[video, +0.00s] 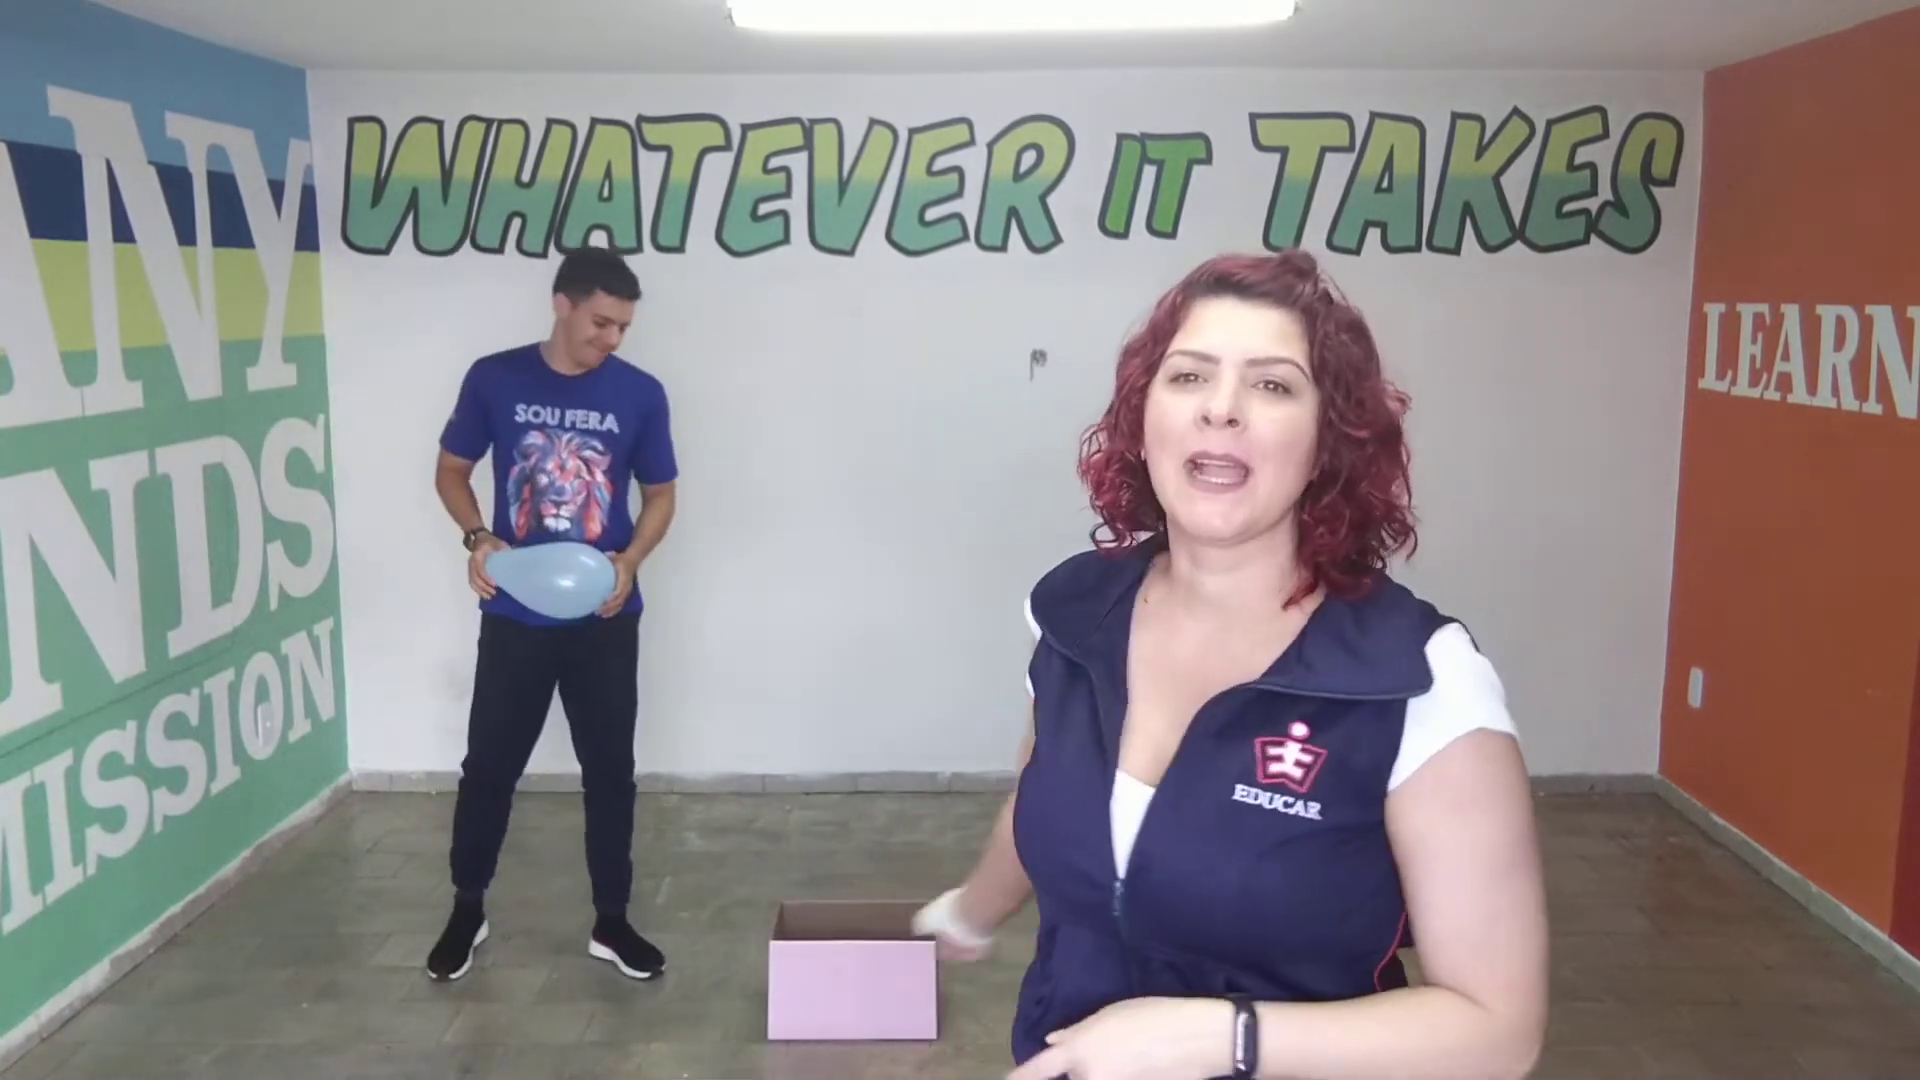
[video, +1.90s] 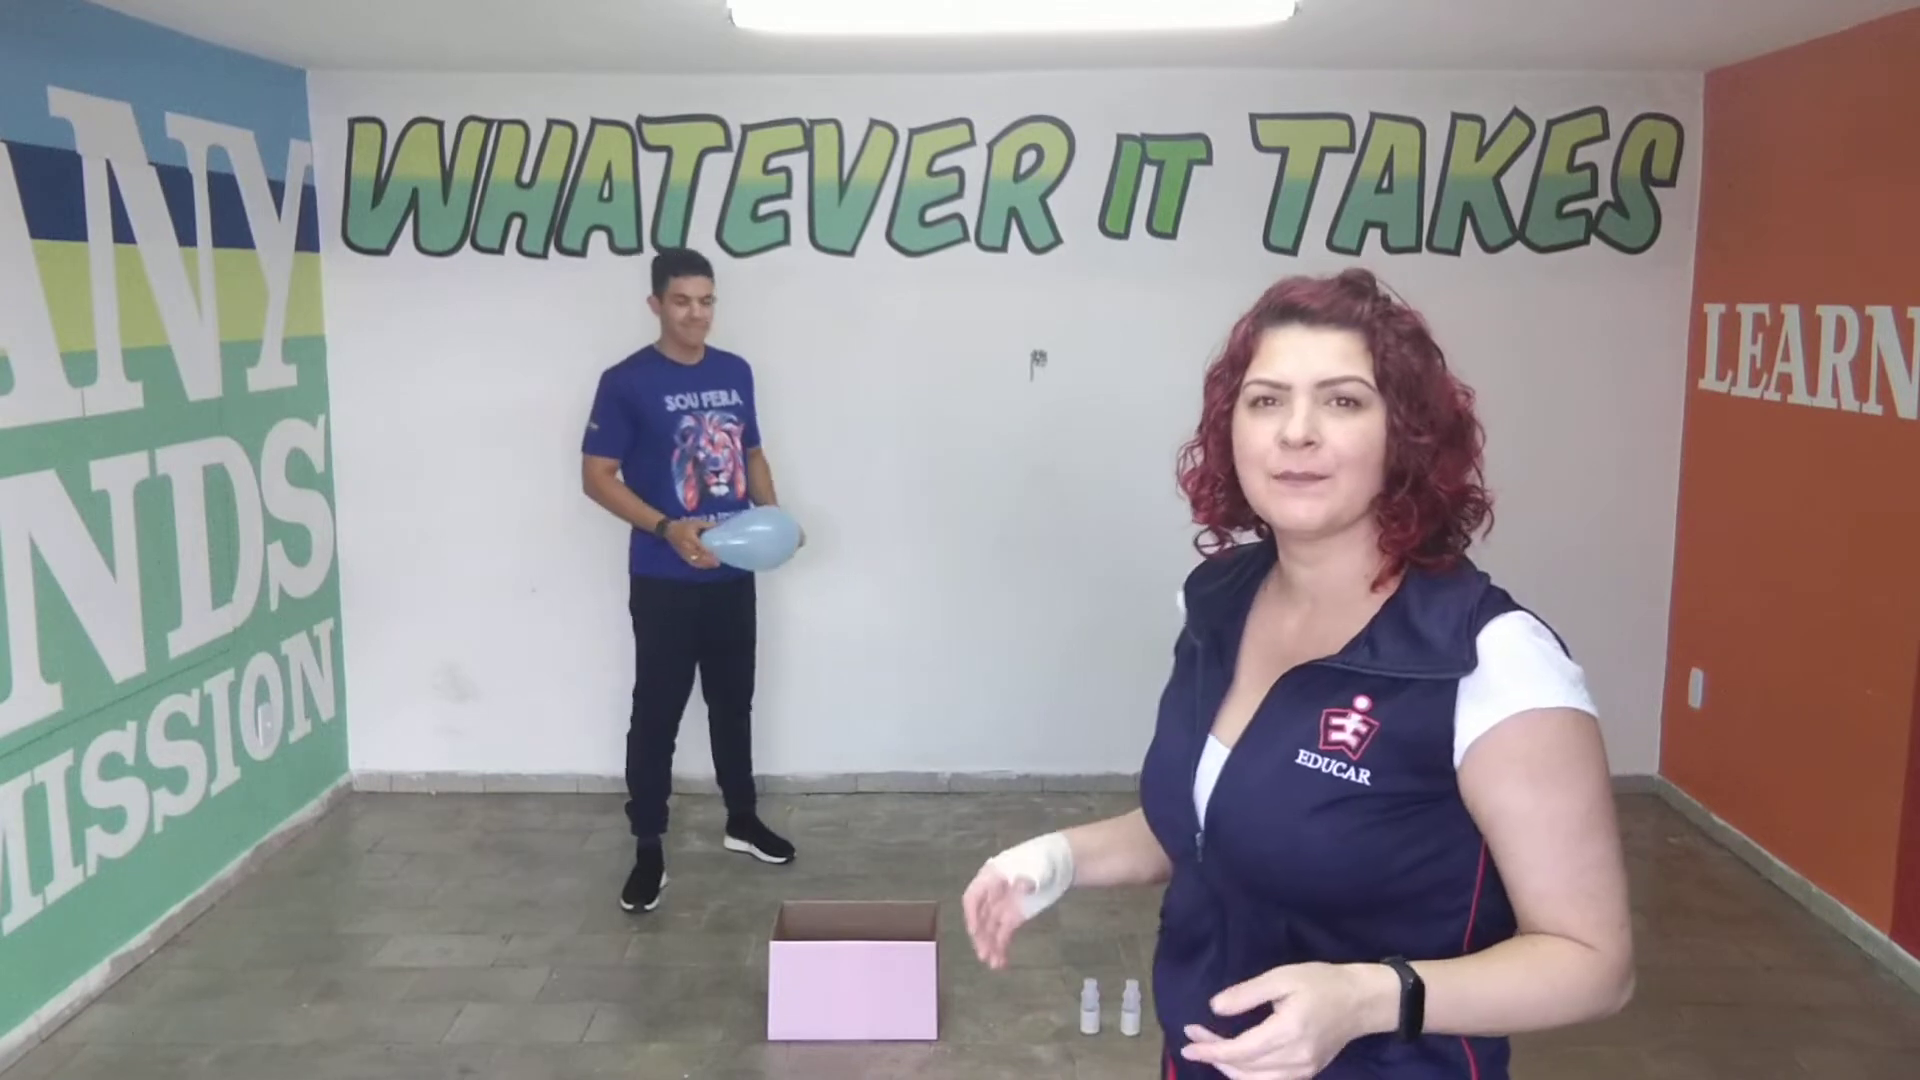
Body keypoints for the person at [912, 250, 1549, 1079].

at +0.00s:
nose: (1220, 409)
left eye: (1273, 385)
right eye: (1189, 376)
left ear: (1330, 438)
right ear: (1140, 413)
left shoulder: (1420, 675)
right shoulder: (1079, 613)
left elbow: (1498, 1029)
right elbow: (1045, 797)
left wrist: (1223, 1039)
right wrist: (965, 918)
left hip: (1286, 1077)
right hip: (1061, 1065)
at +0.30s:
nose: (1226, 423)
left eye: (1276, 393)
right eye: (1194, 385)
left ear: (1336, 432)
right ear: (1150, 414)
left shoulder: (1417, 676)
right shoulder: (1124, 595)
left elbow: (1469, 1036)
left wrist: (1188, 997)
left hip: (1271, 1063)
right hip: (1084, 1053)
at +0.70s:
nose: (1266, 423)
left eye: (1315, 394)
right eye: (1237, 389)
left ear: (1379, 430)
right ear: (1197, 414)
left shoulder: (1470, 664)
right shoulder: (1182, 592)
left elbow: (1542, 1001)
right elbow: (1169, 807)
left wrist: (1264, 971)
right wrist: (1057, 926)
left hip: (1384, 1059)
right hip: (1187, 1056)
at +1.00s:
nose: (1333, 430)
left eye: (1380, 407)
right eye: (1304, 393)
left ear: (1429, 450)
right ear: (1253, 421)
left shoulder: (1516, 665)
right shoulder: (1223, 598)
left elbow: (1601, 967)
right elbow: (1222, 821)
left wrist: (1349, 973)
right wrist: (1126, 968)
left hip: (1434, 1060)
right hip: (1237, 1051)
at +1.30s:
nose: (1331, 430)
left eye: (1376, 398)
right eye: (1300, 396)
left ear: (1439, 433)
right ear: (1265, 426)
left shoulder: (1531, 652)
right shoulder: (1258, 587)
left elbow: (1639, 938)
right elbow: (1241, 791)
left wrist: (1445, 973)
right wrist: (1080, 863)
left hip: (1436, 1060)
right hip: (1252, 1048)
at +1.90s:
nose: (1296, 432)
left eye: (1341, 401)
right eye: (1266, 401)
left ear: (1403, 431)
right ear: (1230, 428)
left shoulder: (1492, 658)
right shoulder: (1222, 600)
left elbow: (1592, 963)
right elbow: (1200, 820)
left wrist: (1372, 1002)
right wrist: (1061, 859)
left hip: (1389, 1062)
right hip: (1199, 1056)